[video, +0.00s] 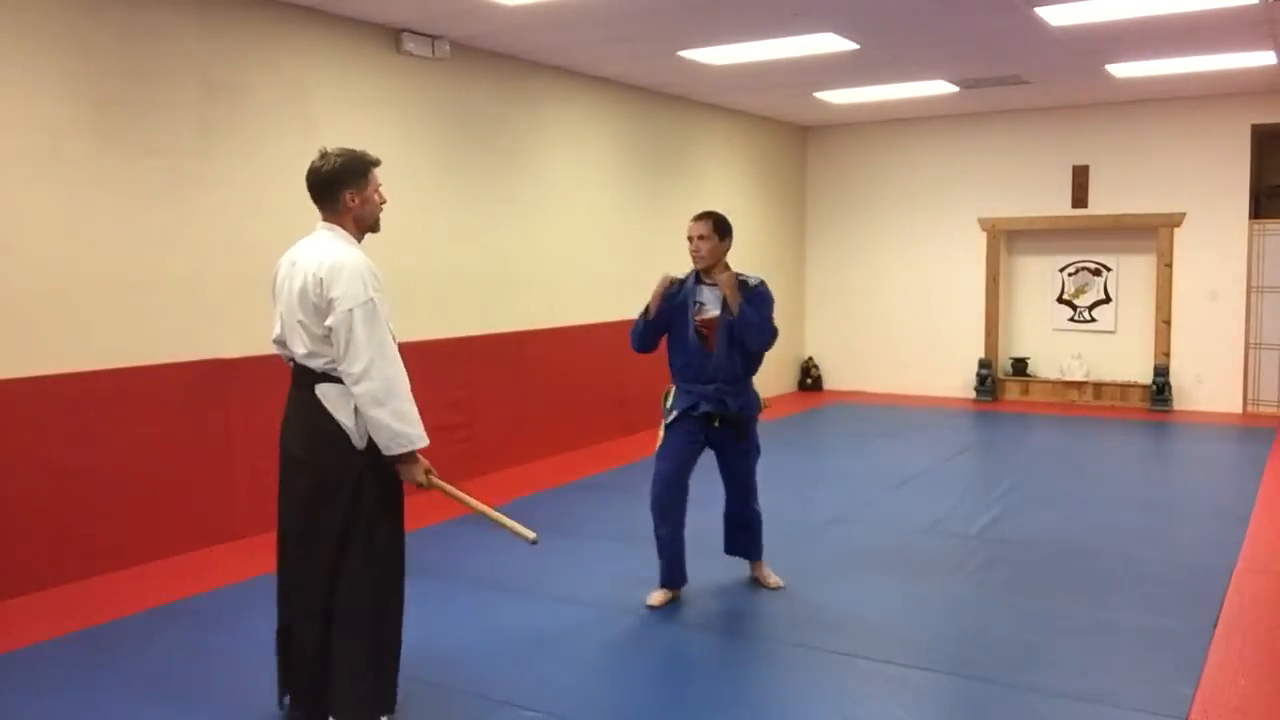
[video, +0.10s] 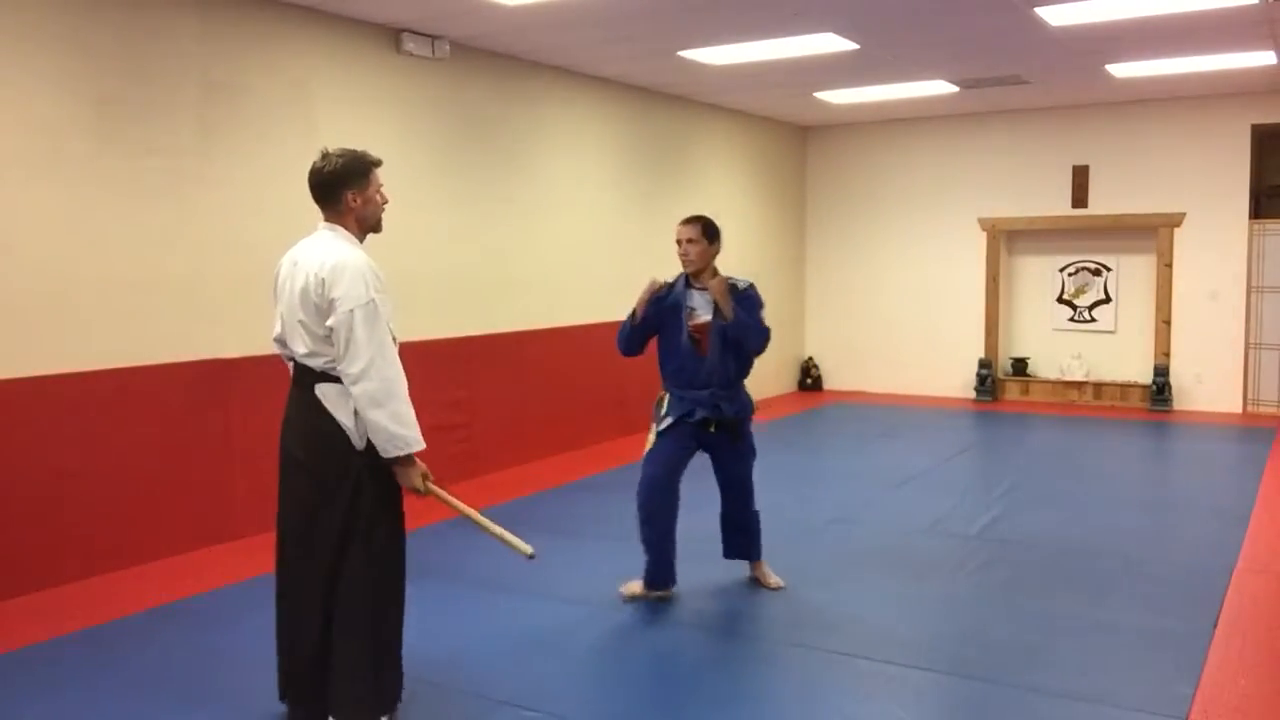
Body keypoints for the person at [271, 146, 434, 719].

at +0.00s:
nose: (384, 198)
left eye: (380, 187)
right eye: (376, 189)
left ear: (334, 200)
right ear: (351, 199)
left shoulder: (297, 256)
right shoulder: (348, 266)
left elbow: (290, 343)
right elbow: (371, 368)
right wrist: (406, 450)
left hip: (303, 418)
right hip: (347, 426)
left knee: (309, 560)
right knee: (363, 565)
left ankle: (305, 696)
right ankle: (358, 703)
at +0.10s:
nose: (385, 198)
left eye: (381, 188)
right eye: (377, 189)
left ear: (334, 200)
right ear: (352, 199)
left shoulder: (299, 256)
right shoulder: (351, 266)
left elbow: (289, 342)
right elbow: (371, 370)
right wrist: (405, 454)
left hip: (303, 418)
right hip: (346, 425)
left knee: (310, 559)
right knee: (364, 563)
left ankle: (307, 697)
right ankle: (360, 702)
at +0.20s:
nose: (387, 202)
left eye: (384, 191)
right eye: (380, 193)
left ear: (335, 203)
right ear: (356, 202)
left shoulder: (298, 259)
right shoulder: (357, 269)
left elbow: (287, 347)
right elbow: (377, 373)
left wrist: (327, 391)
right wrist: (408, 457)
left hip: (302, 419)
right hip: (348, 425)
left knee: (309, 558)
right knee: (368, 560)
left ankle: (307, 695)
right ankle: (364, 698)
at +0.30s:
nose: (390, 210)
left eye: (387, 199)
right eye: (383, 201)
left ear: (340, 211)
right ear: (361, 209)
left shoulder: (296, 266)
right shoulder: (364, 275)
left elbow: (286, 355)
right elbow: (386, 374)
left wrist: (325, 392)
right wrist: (432, 445)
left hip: (301, 422)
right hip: (353, 428)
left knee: (314, 558)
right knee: (404, 554)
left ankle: (309, 697)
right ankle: (377, 695)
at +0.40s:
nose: (389, 223)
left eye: (388, 212)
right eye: (386, 214)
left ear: (333, 220)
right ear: (368, 219)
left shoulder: (294, 280)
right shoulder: (376, 287)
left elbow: (281, 367)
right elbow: (417, 388)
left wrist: (343, 375)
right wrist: (474, 407)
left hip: (304, 430)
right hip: (365, 435)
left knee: (321, 565)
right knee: (424, 561)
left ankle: (313, 703)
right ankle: (401, 701)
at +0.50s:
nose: (393, 226)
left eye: (391, 216)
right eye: (390, 218)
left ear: (334, 225)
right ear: (376, 222)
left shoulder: (293, 290)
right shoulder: (401, 291)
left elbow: (275, 379)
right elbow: (463, 381)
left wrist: (323, 400)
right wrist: (494, 355)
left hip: (317, 445)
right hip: (387, 444)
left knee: (324, 576)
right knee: (431, 574)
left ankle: (315, 706)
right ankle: (449, 704)